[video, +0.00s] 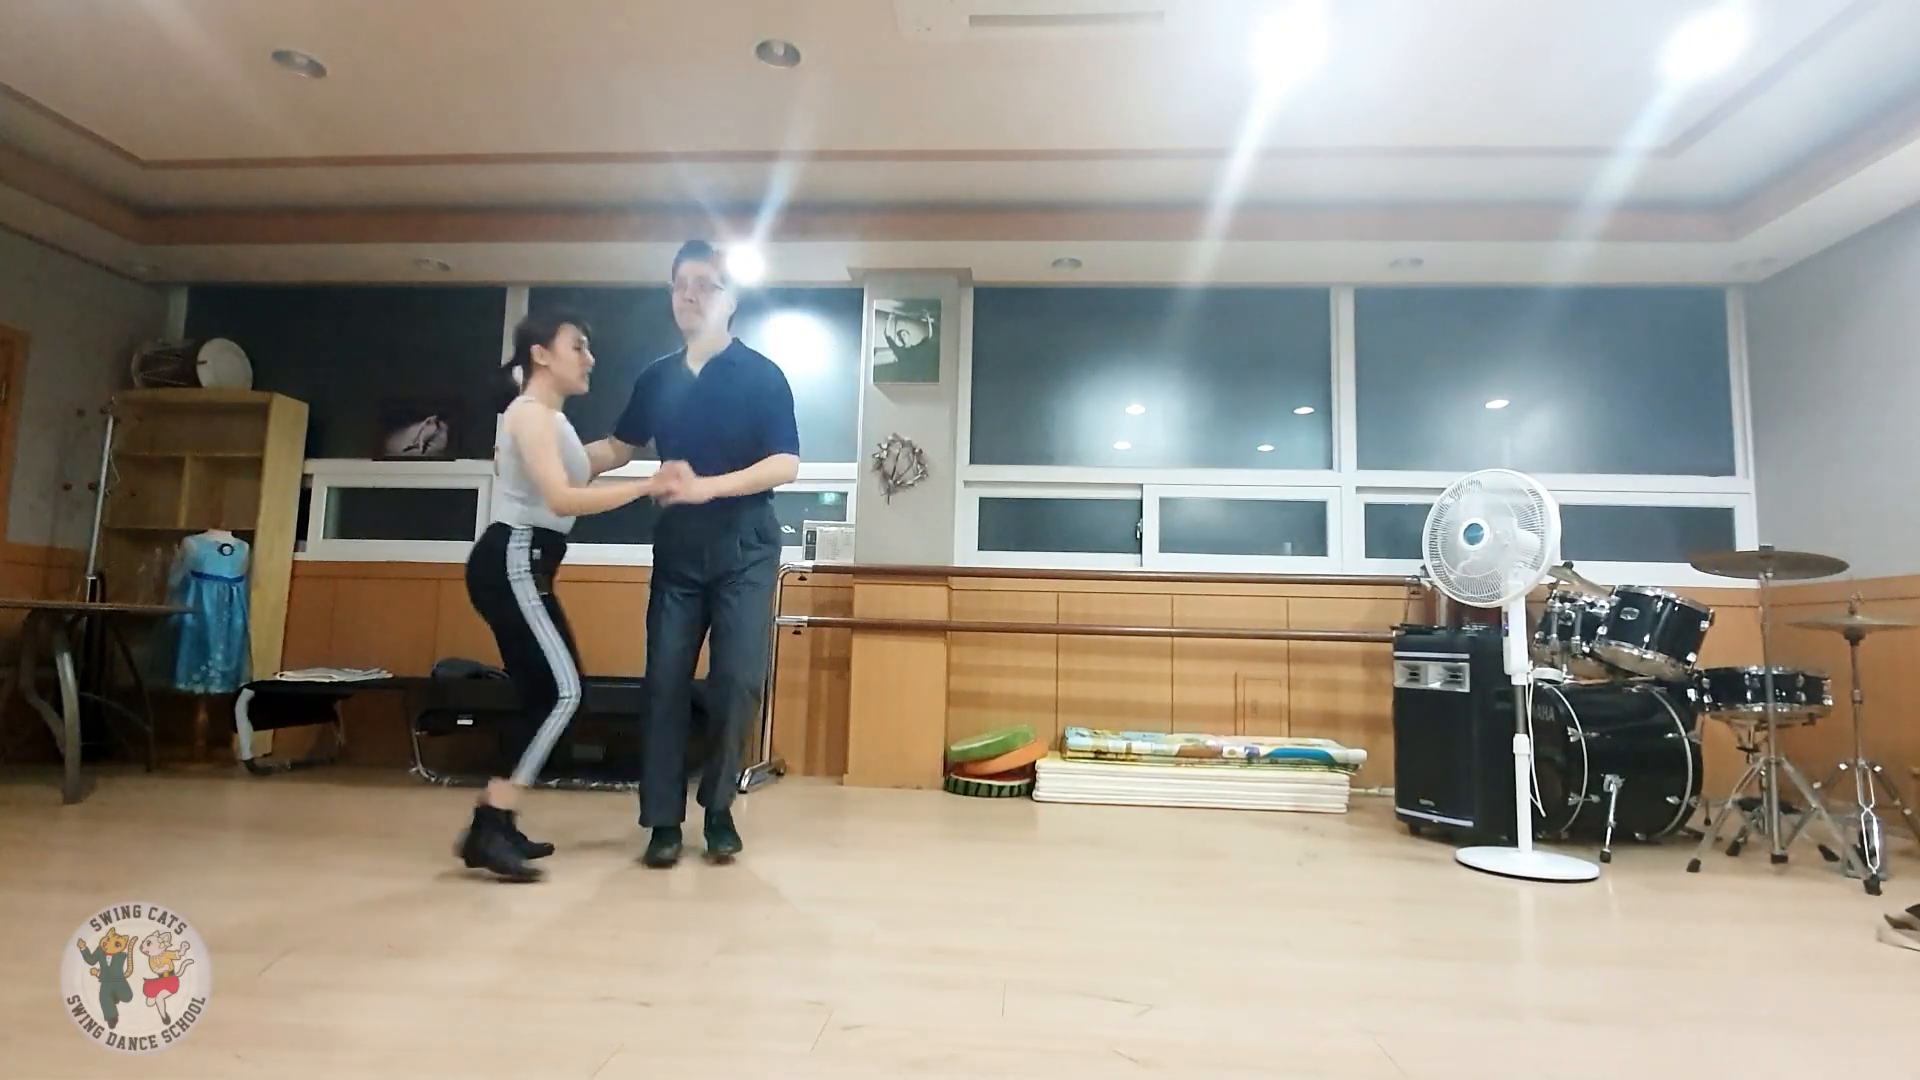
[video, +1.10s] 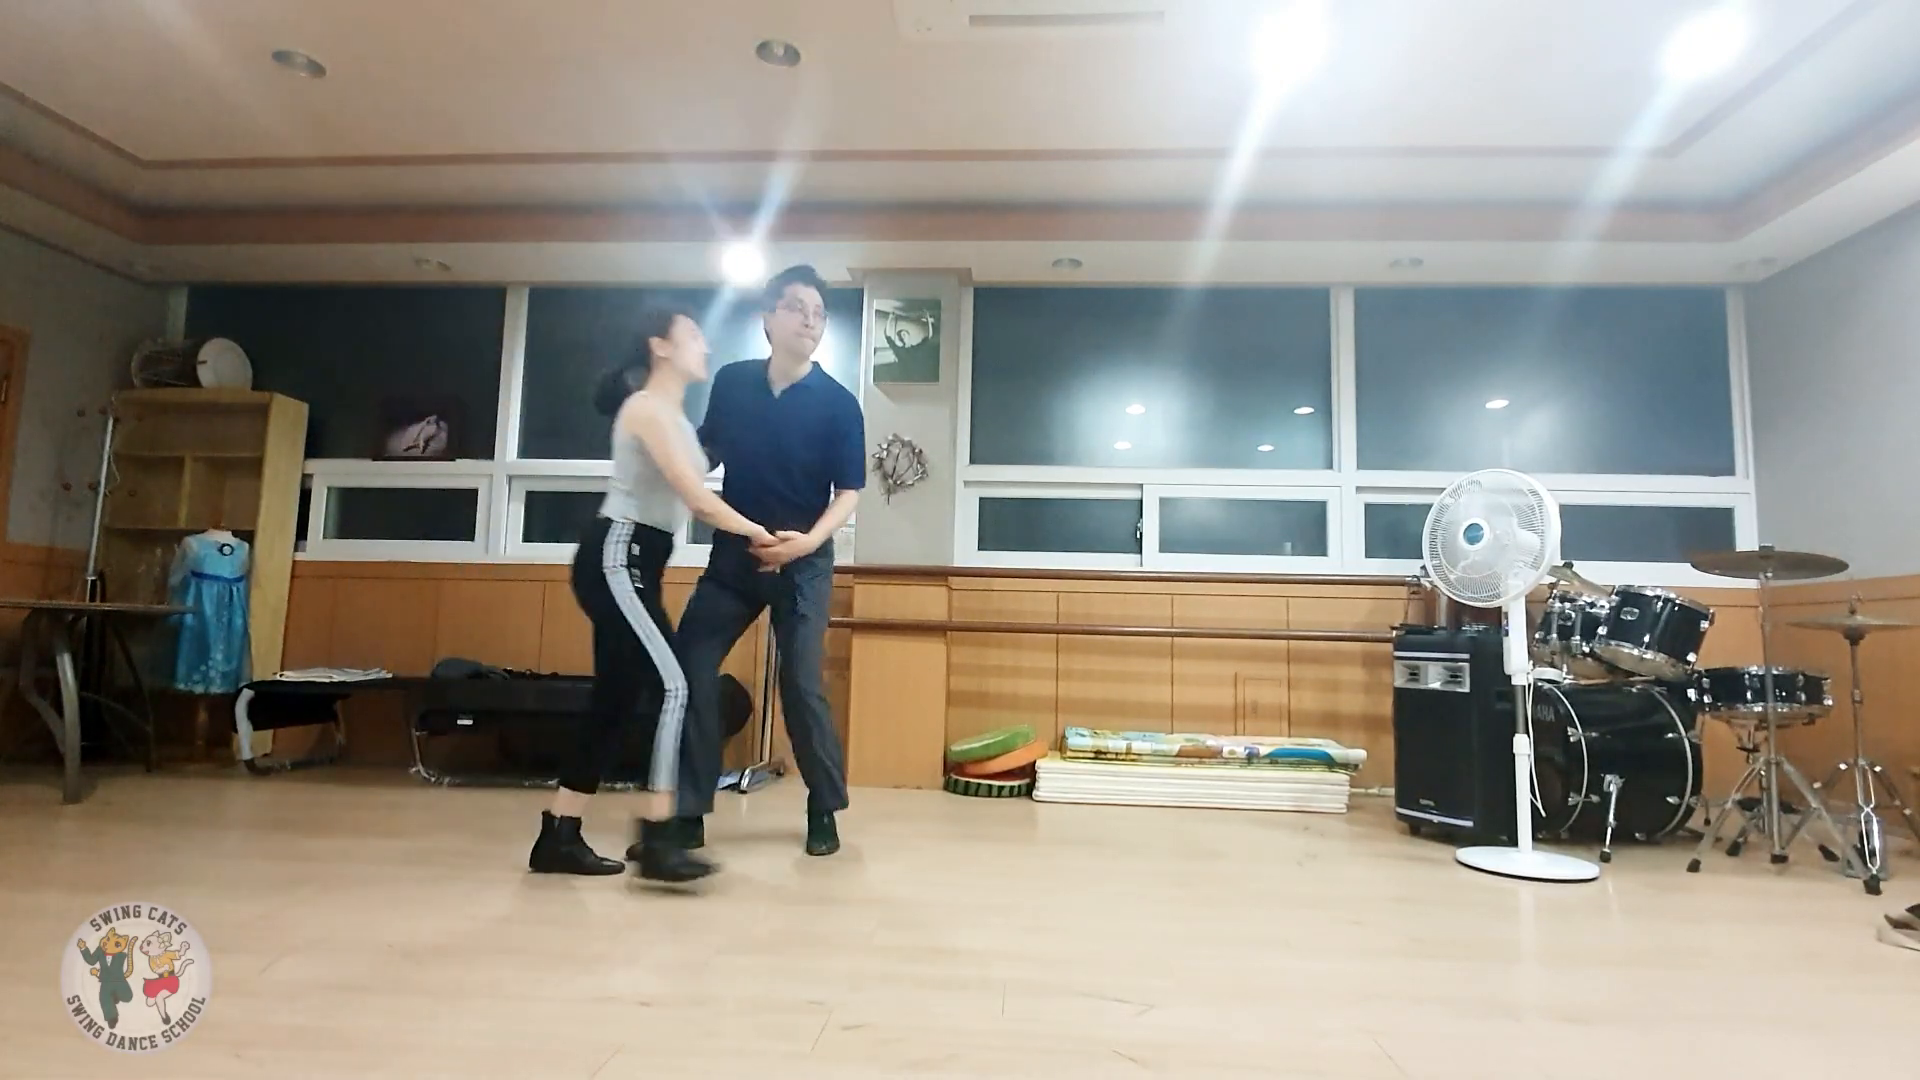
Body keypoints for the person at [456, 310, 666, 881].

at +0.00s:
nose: (590, 358)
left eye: (588, 348)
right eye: (578, 348)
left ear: (552, 359)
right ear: (541, 356)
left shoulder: (549, 416)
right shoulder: (530, 415)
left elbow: (581, 473)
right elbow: (562, 498)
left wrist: (652, 472)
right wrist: (644, 489)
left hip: (523, 562)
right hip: (510, 563)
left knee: (546, 693)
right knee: (564, 692)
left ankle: (497, 820)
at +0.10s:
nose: (562, 363)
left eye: (561, 353)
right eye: (548, 352)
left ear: (536, 364)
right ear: (511, 359)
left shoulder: (532, 426)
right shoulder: (497, 421)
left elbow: (562, 491)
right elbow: (539, 508)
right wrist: (632, 515)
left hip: (513, 571)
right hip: (478, 568)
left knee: (533, 693)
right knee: (512, 701)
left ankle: (489, 826)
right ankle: (413, 815)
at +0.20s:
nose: (532, 367)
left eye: (536, 359)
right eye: (518, 356)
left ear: (536, 372)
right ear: (483, 364)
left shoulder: (514, 432)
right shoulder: (463, 427)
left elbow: (534, 501)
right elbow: (502, 515)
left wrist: (596, 468)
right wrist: (593, 531)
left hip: (490, 575)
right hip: (444, 572)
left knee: (519, 688)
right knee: (452, 709)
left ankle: (488, 827)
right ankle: (374, 823)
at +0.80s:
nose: (570, 364)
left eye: (571, 356)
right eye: (553, 356)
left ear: (574, 373)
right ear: (520, 374)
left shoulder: (564, 435)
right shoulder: (506, 434)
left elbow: (579, 502)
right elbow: (545, 523)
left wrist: (646, 466)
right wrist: (635, 538)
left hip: (516, 579)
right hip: (468, 571)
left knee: (551, 693)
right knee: (447, 710)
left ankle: (555, 836)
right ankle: (372, 822)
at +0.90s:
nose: (613, 353)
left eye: (612, 344)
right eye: (598, 343)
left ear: (608, 359)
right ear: (563, 357)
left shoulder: (599, 429)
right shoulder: (550, 419)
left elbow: (615, 486)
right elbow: (600, 503)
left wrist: (659, 456)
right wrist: (685, 528)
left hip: (564, 566)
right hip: (523, 558)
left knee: (579, 694)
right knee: (529, 704)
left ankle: (557, 836)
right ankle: (431, 788)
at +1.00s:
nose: (658, 343)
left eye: (657, 335)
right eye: (643, 332)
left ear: (648, 351)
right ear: (609, 345)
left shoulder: (633, 415)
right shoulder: (596, 408)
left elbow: (663, 476)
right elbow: (651, 494)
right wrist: (723, 523)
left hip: (601, 560)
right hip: (571, 554)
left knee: (604, 691)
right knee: (609, 689)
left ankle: (563, 829)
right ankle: (525, 806)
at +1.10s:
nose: (705, 346)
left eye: (701, 336)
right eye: (693, 336)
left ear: (671, 350)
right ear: (658, 347)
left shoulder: (672, 415)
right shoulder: (649, 409)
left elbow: (687, 494)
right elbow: (695, 496)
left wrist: (745, 519)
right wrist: (758, 534)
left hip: (634, 559)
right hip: (617, 558)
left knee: (615, 697)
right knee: (676, 686)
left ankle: (559, 834)